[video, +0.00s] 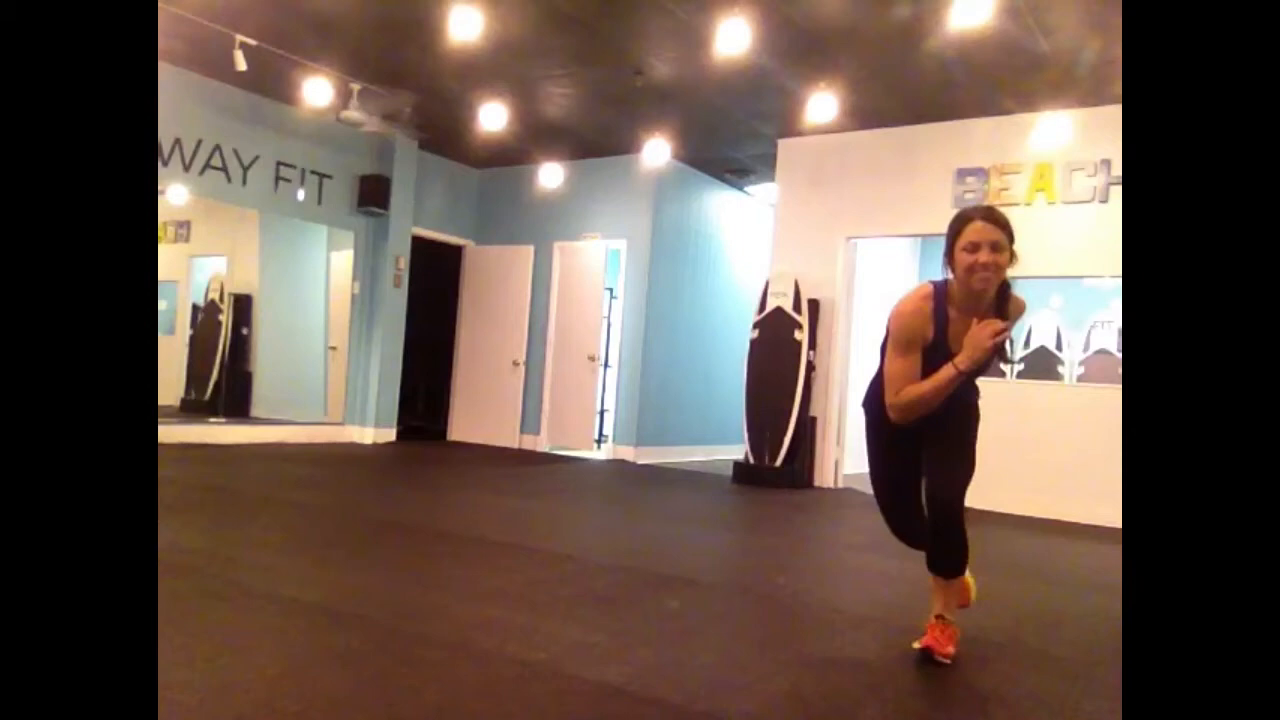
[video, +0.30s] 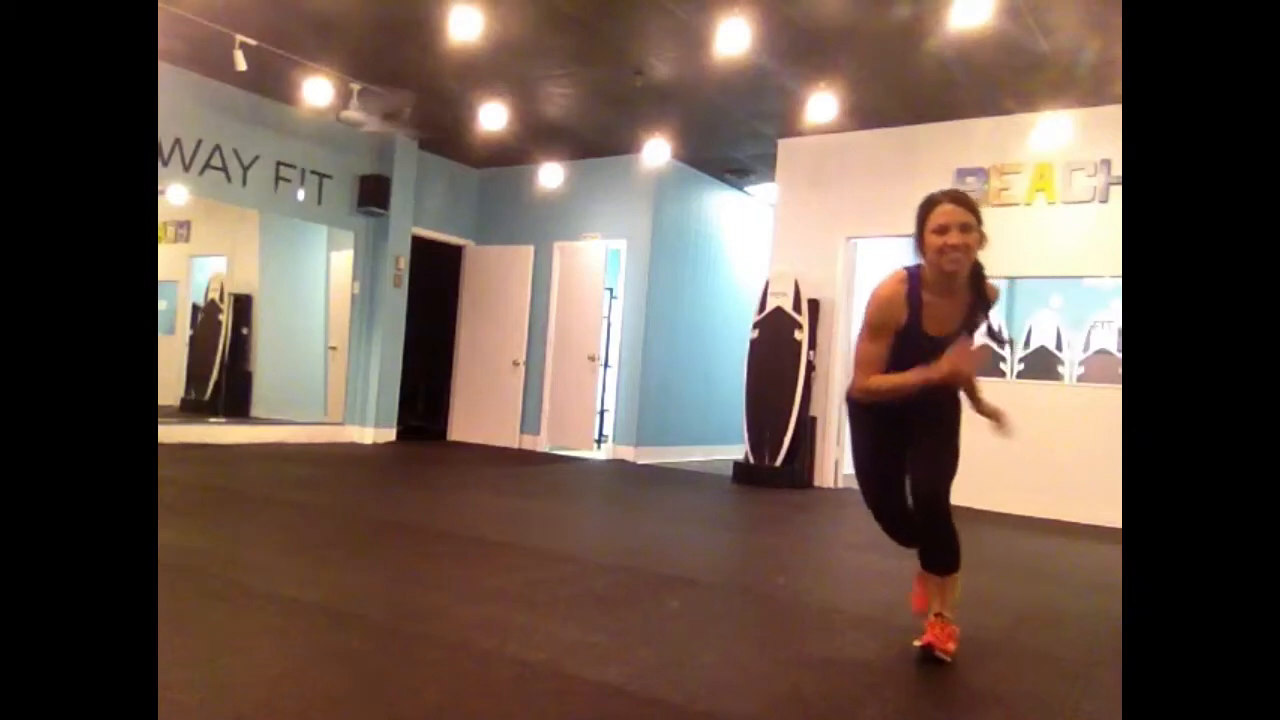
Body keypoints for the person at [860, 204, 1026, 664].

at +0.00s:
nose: (984, 258)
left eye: (996, 248)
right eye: (971, 248)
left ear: (1009, 260)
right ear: (951, 258)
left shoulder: (1010, 309)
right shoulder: (913, 313)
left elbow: (979, 354)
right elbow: (898, 408)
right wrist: (964, 362)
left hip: (954, 406)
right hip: (895, 411)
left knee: (945, 508)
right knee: (905, 524)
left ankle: (940, 620)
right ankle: (953, 562)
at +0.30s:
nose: (953, 240)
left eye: (964, 230)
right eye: (940, 230)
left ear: (979, 241)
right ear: (921, 242)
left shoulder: (982, 294)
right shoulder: (891, 296)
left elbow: (956, 348)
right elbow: (861, 386)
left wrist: (975, 398)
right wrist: (937, 372)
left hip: (936, 403)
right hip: (878, 407)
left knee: (931, 504)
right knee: (891, 516)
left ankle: (942, 617)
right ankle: (931, 552)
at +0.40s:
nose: (927, 232)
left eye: (938, 221)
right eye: (915, 223)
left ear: (955, 232)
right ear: (898, 235)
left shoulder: (964, 300)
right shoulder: (867, 293)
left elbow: (972, 370)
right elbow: (831, 370)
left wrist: (1018, 432)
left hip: (920, 400)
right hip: (862, 400)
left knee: (922, 504)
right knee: (861, 504)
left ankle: (941, 618)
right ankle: (901, 588)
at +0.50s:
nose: (890, 219)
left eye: (901, 209)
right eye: (878, 211)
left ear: (920, 219)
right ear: (865, 223)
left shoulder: (943, 283)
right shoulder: (839, 280)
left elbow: (977, 347)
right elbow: (787, 349)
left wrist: (993, 366)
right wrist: (760, 418)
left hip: (899, 403)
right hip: (839, 400)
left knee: (910, 507)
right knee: (799, 477)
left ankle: (936, 623)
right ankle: (814, 601)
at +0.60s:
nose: (833, 189)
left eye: (845, 178)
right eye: (824, 179)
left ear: (867, 186)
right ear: (815, 190)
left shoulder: (888, 245)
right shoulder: (794, 249)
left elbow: (963, 280)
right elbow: (726, 297)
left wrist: (880, 243)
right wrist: (669, 341)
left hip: (855, 390)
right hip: (793, 386)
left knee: (892, 503)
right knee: (732, 450)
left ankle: (934, 621)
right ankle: (687, 560)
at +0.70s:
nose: (770, 150)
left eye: (782, 140)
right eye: (763, 141)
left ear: (807, 151)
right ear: (753, 153)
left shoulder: (831, 211)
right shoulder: (733, 211)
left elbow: (893, 235)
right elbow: (674, 256)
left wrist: (801, 214)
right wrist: (619, 299)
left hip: (798, 362)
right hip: (735, 355)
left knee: (860, 475)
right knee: (654, 433)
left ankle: (928, 597)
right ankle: (597, 532)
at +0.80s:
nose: (714, 148)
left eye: (726, 137)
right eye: (704, 139)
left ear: (748, 150)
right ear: (691, 152)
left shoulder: (769, 213)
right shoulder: (672, 208)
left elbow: (812, 249)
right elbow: (622, 250)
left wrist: (739, 224)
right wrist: (583, 288)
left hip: (738, 354)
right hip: (675, 350)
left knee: (801, 452)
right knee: (605, 440)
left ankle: (875, 548)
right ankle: (537, 543)